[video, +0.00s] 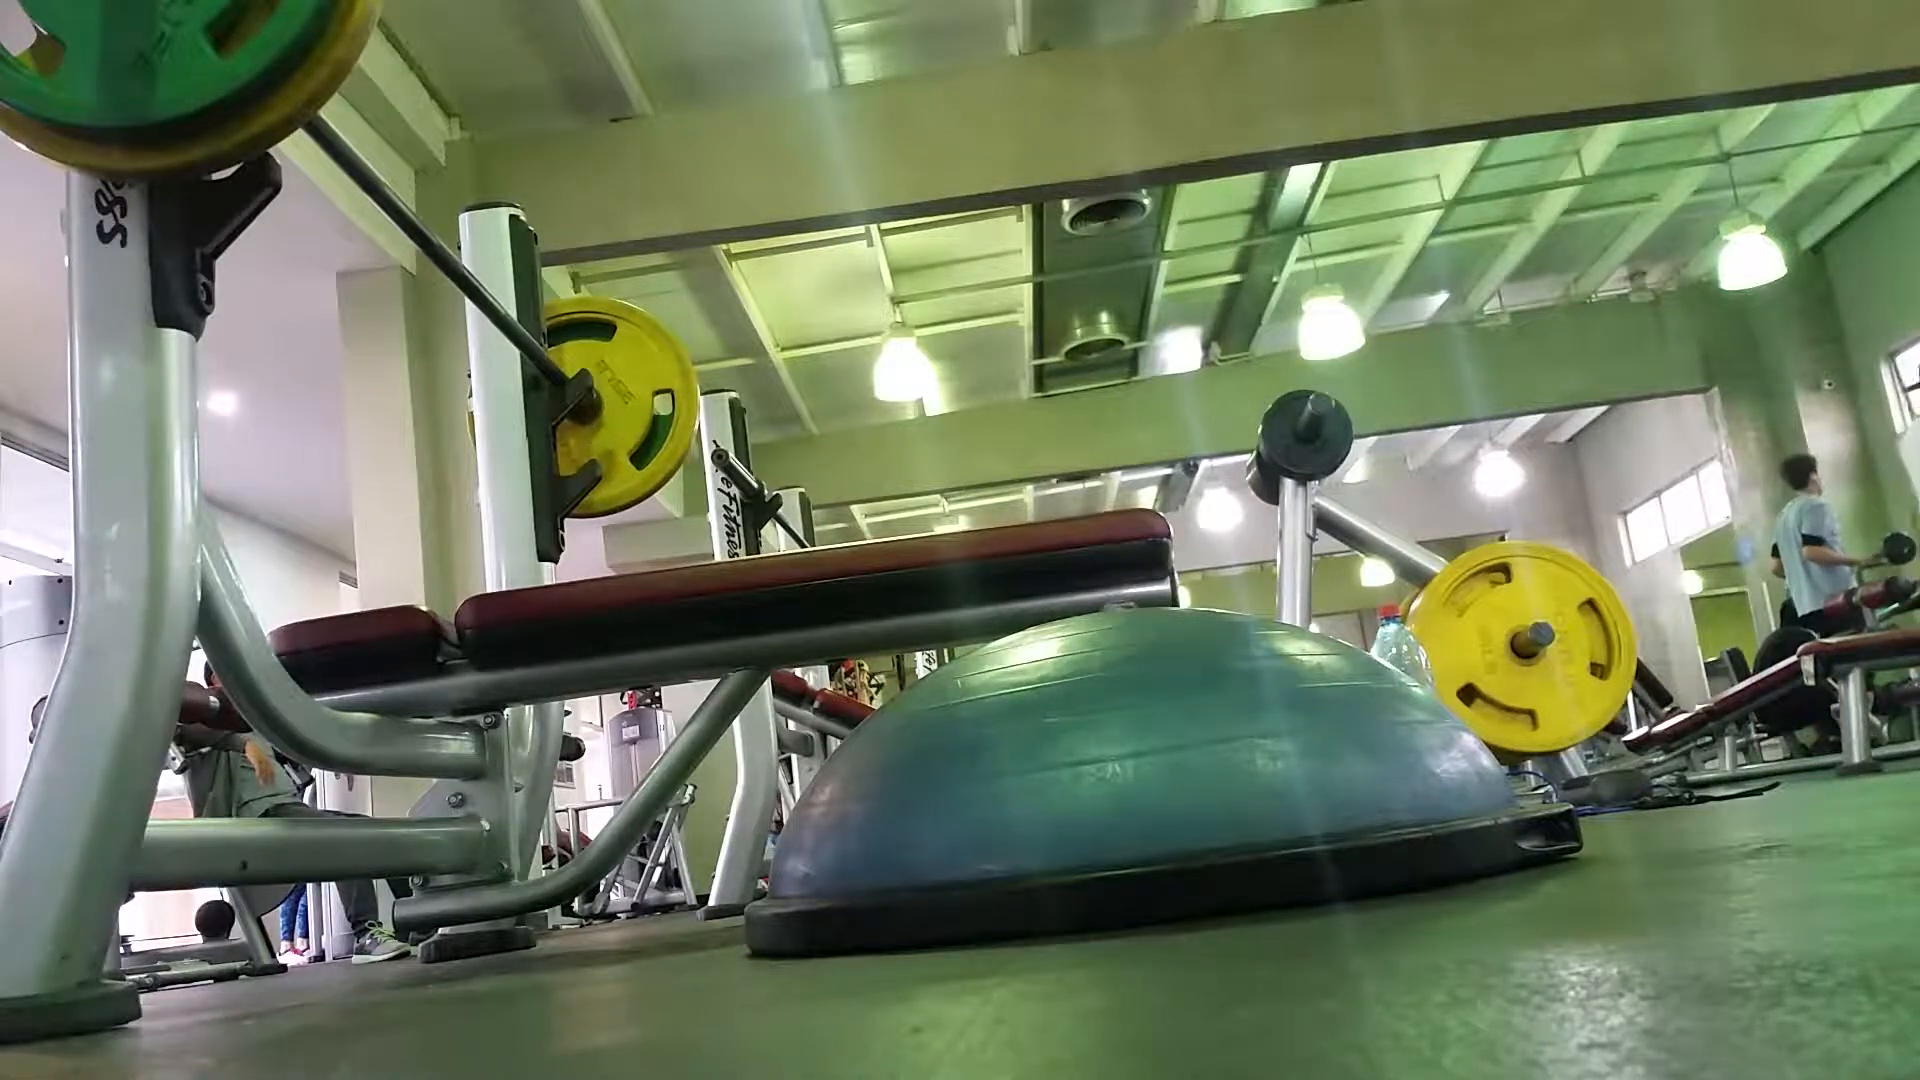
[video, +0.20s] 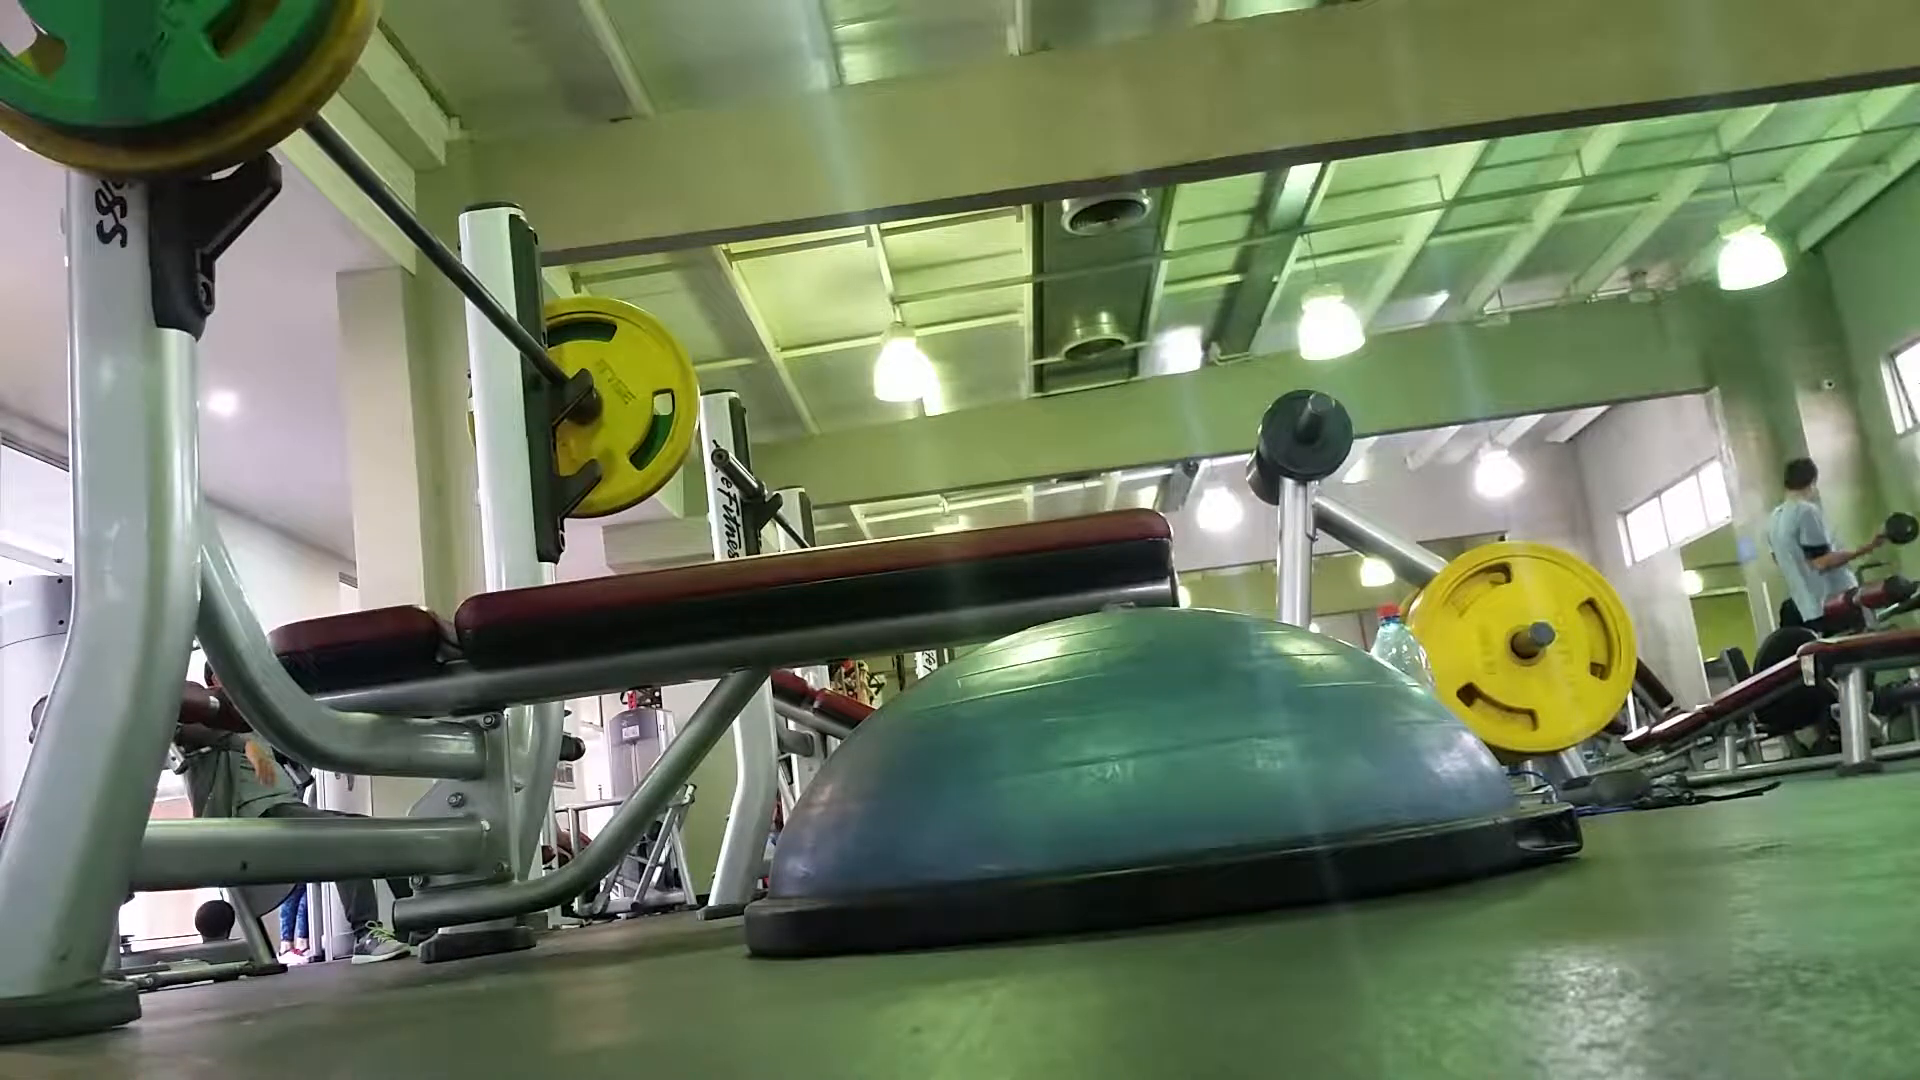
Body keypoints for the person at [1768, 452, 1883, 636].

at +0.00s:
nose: (1821, 479)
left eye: (1818, 473)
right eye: (1817, 473)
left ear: (1791, 481)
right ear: (1812, 477)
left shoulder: (1784, 515)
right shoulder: (1815, 505)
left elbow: (1777, 567)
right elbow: (1812, 551)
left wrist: (1806, 575)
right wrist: (1857, 561)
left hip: (1806, 611)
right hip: (1835, 605)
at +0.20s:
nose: (1816, 487)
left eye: (1815, 481)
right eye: (1815, 482)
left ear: (1787, 483)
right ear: (1811, 483)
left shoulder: (1775, 516)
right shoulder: (1806, 512)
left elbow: (1778, 559)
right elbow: (1821, 561)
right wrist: (1866, 548)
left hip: (1810, 612)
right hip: (1836, 607)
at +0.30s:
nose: (1811, 488)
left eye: (1810, 482)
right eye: (1810, 483)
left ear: (1781, 484)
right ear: (1806, 484)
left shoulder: (1770, 519)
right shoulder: (1805, 512)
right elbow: (1828, 560)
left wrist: (1837, 548)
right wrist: (1869, 537)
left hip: (1810, 611)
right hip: (1836, 606)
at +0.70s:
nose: (1814, 485)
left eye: (1813, 479)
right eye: (1813, 479)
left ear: (1784, 486)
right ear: (1806, 480)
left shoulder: (1774, 520)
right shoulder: (1811, 509)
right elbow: (1842, 550)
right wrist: (1850, 508)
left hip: (1812, 610)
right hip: (1839, 605)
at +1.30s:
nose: (1812, 475)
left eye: (1808, 470)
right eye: (1807, 471)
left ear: (1783, 486)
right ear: (1800, 479)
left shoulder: (1777, 518)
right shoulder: (1812, 508)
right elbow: (1848, 543)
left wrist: (1829, 497)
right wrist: (1839, 502)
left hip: (1810, 606)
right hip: (1838, 600)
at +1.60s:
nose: (1812, 474)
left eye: (1809, 468)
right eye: (1808, 469)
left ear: (1783, 484)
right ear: (1801, 476)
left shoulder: (1776, 516)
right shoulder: (1813, 506)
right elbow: (1849, 539)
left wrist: (1826, 493)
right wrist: (1837, 496)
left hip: (1807, 606)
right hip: (1836, 600)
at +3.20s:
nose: (1814, 480)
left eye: (1812, 475)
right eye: (1812, 475)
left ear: (1786, 483)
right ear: (1807, 479)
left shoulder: (1780, 518)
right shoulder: (1808, 510)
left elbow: (1785, 562)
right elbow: (1822, 560)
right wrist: (1867, 557)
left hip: (1813, 610)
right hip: (1837, 607)